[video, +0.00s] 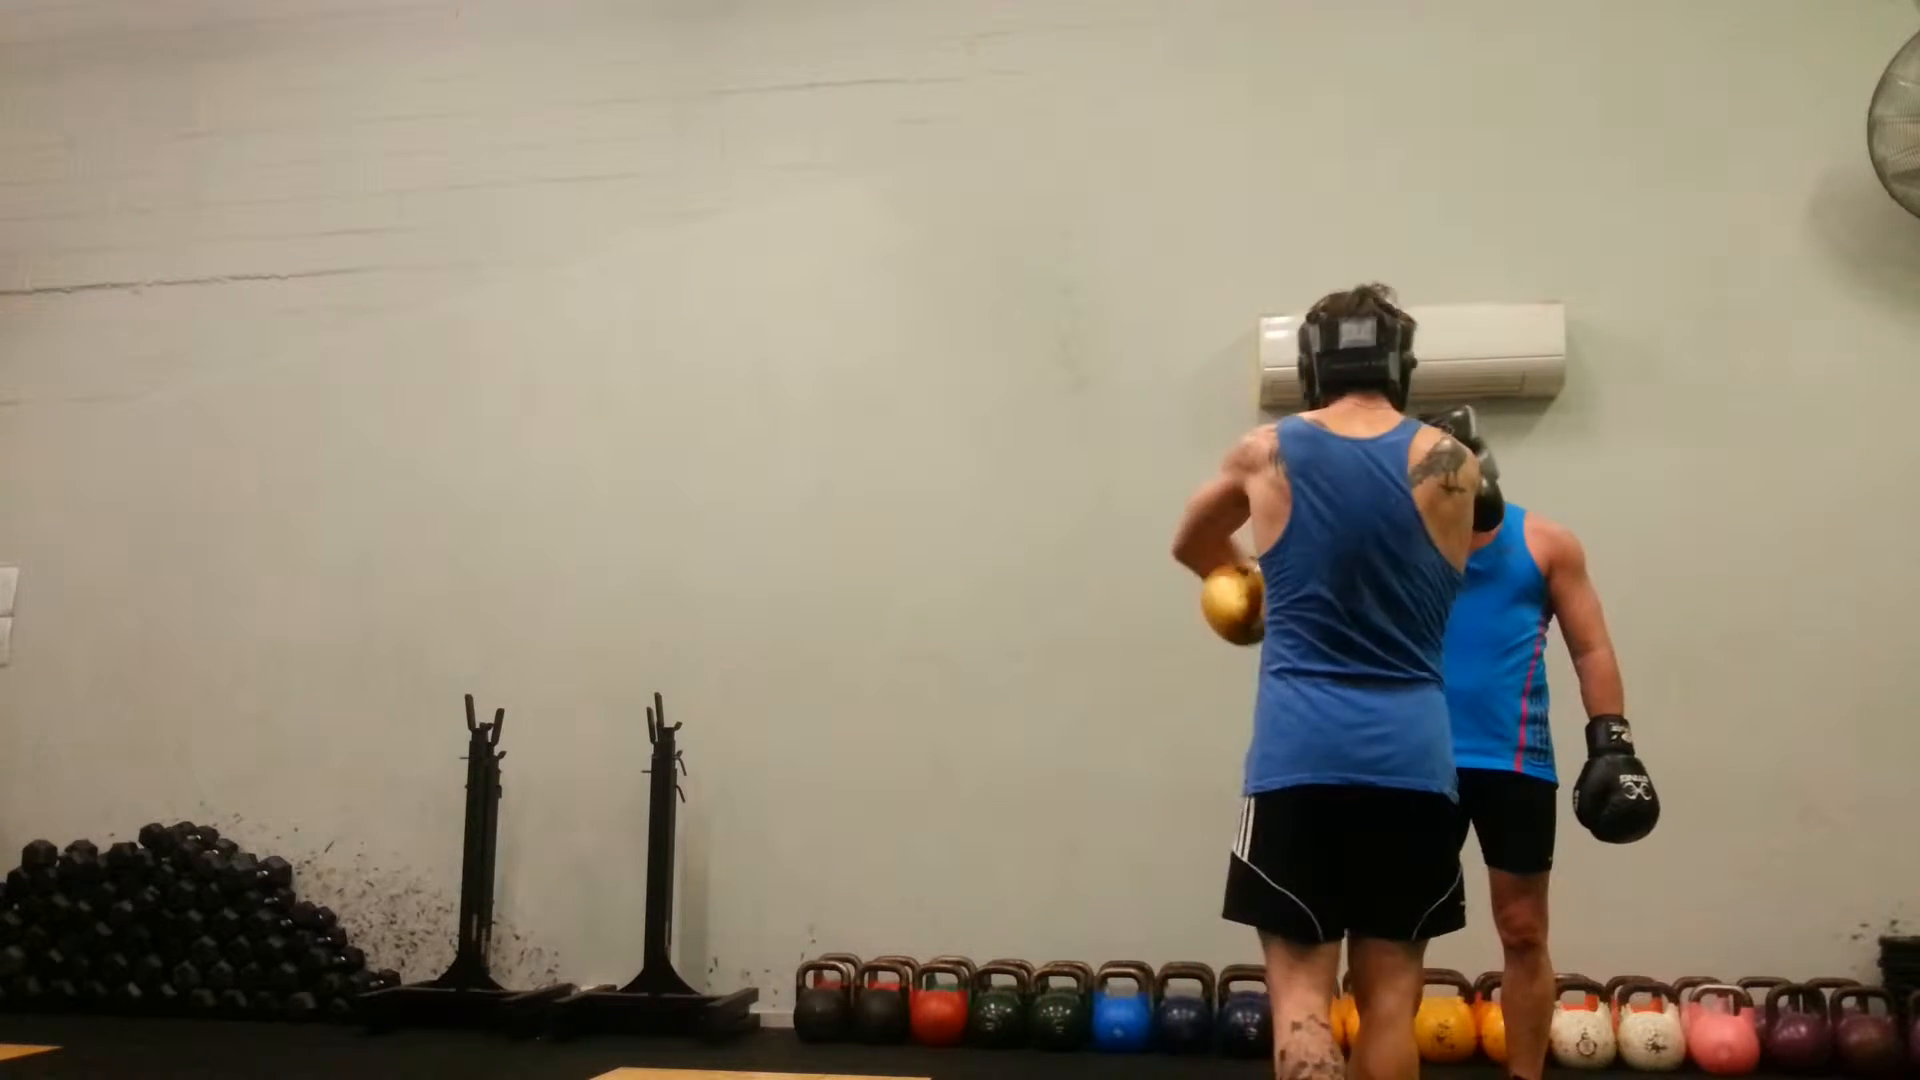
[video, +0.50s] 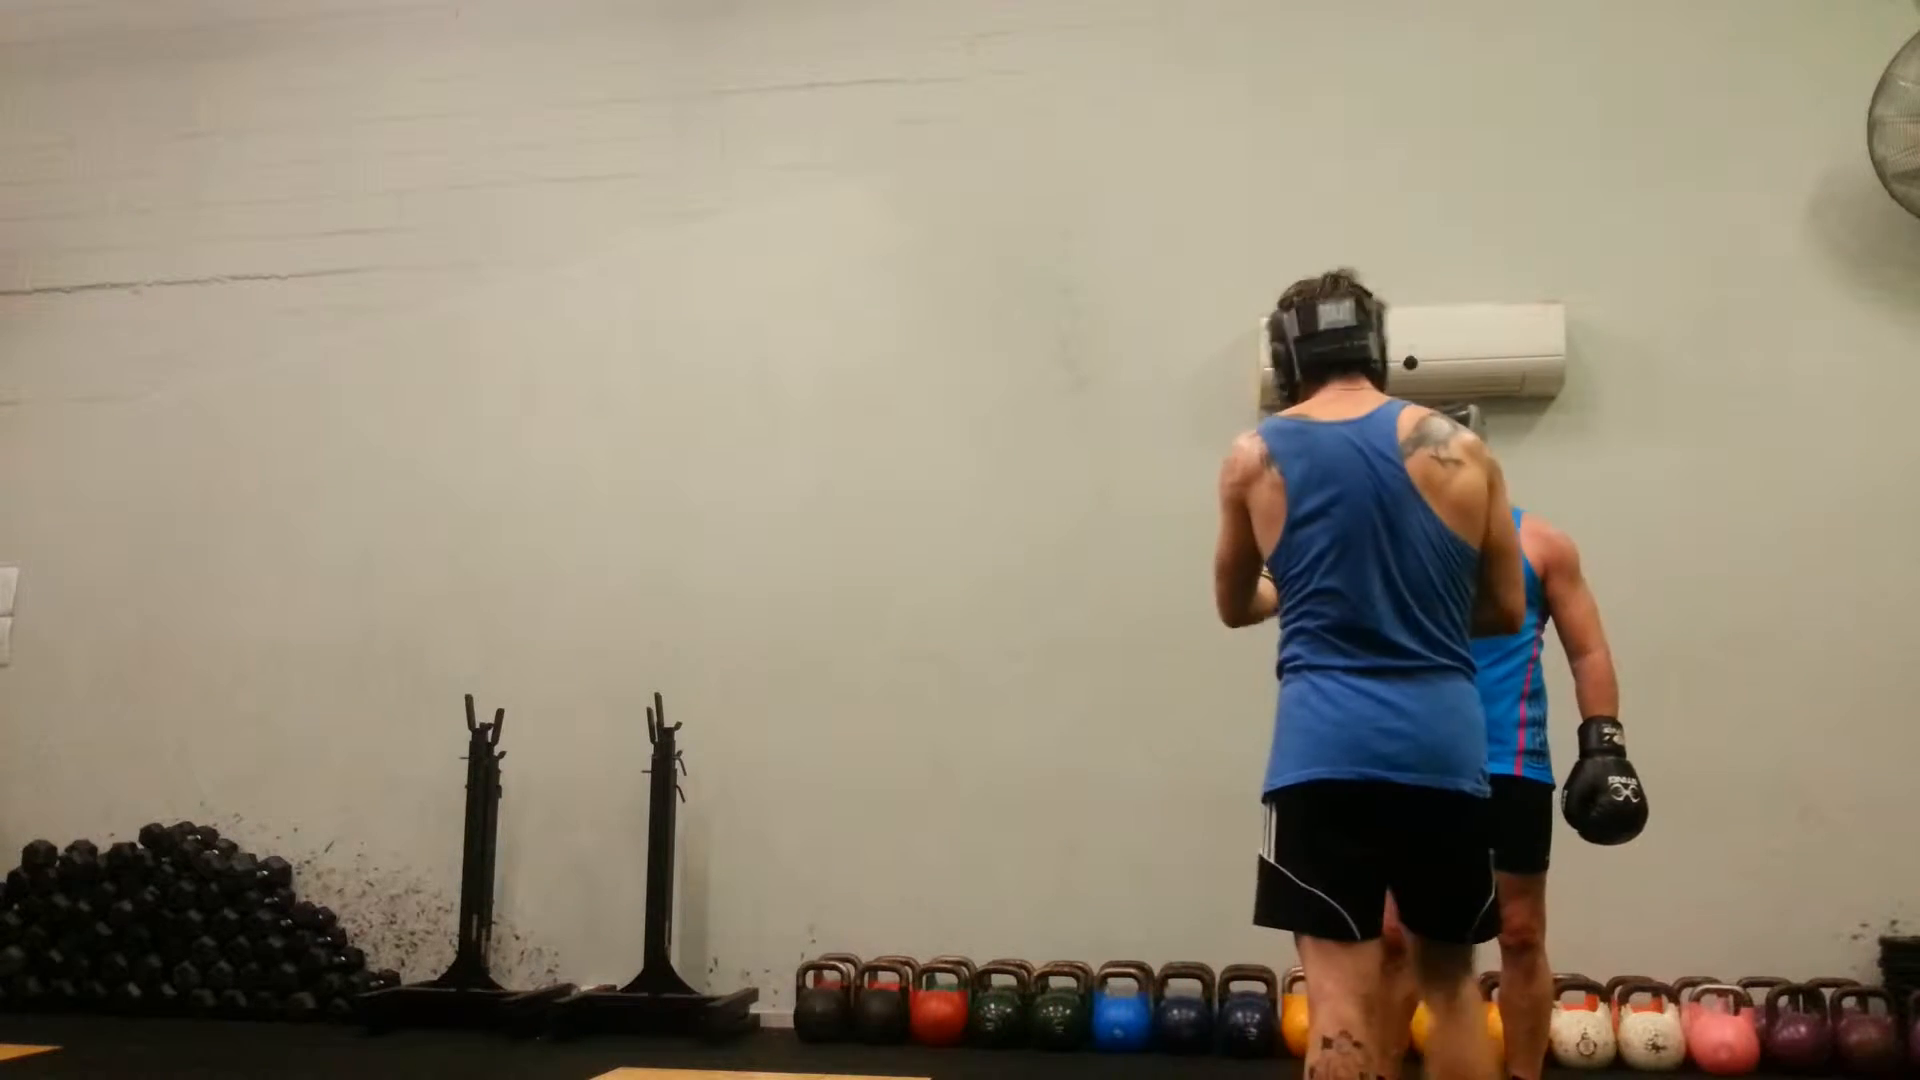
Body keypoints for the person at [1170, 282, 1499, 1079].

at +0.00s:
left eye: (1311, 358)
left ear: (1312, 363)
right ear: (1401, 364)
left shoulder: (1266, 449)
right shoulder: (1453, 462)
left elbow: (1194, 542)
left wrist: (1244, 579)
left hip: (1297, 760)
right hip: (1415, 762)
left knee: (1300, 996)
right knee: (1390, 999)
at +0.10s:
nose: (1292, 373)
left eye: (1293, 362)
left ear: (1301, 366)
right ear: (1393, 364)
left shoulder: (1264, 450)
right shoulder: (1456, 460)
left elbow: (1193, 562)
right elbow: (1446, 567)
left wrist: (1243, 591)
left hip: (1299, 756)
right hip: (1416, 760)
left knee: (1309, 995)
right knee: (1392, 1000)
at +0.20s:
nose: (1272, 383)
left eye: (1274, 371)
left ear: (1289, 368)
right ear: (1375, 361)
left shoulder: (1263, 452)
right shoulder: (1457, 459)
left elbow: (1197, 579)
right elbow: (1464, 612)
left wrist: (1256, 603)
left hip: (1304, 757)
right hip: (1421, 761)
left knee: (1316, 1009)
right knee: (1392, 1004)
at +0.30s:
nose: (1255, 384)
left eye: (1257, 372)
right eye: (1257, 372)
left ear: (1277, 371)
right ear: (1365, 364)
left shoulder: (1251, 456)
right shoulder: (1457, 456)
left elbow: (1206, 594)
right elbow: (1485, 618)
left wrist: (1267, 575)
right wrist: (1392, 617)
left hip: (1312, 756)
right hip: (1434, 760)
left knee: (1324, 1013)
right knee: (1399, 998)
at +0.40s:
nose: (1257, 385)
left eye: (1258, 371)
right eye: (1258, 372)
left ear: (1274, 369)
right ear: (1366, 360)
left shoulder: (1250, 456)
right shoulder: (1459, 451)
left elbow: (1220, 602)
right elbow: (1498, 609)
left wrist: (1283, 561)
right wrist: (1413, 618)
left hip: (1318, 753)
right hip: (1442, 755)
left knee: (1333, 1010)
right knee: (1416, 993)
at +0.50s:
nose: (1274, 363)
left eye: (1277, 352)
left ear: (1285, 359)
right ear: (1378, 349)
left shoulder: (1256, 457)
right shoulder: (1465, 452)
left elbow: (1238, 605)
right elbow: (1503, 611)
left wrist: (1317, 575)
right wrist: (1411, 594)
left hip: (1323, 752)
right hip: (1446, 753)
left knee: (1342, 1014)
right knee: (1451, 988)